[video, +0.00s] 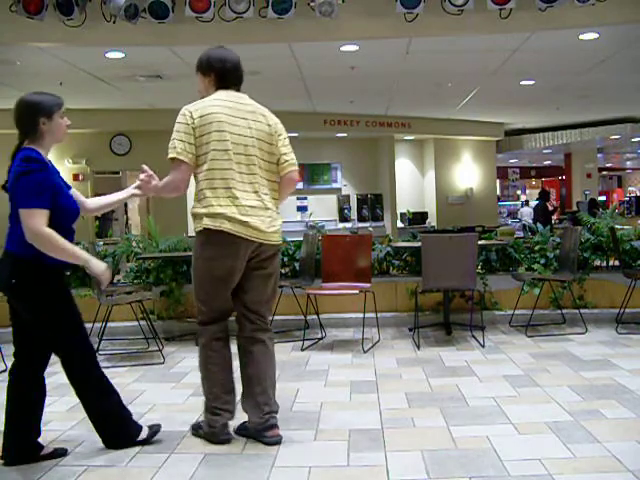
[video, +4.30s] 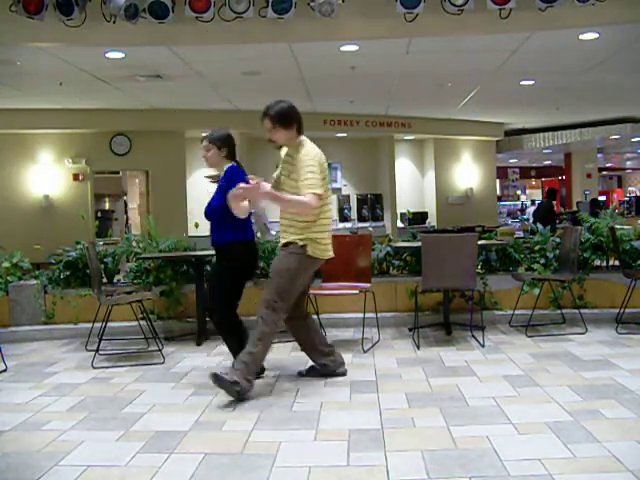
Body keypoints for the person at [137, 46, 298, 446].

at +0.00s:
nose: (197, 85)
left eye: (199, 79)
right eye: (199, 78)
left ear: (209, 79)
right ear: (237, 79)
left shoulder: (195, 112)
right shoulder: (268, 117)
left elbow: (181, 179)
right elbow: (291, 177)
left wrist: (156, 188)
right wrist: (261, 203)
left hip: (219, 230)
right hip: (267, 233)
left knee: (212, 326)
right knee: (257, 327)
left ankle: (217, 422)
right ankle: (263, 422)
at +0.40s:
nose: (213, 72)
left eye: (214, 65)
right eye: (215, 65)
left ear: (222, 66)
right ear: (258, 67)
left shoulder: (203, 107)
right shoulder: (289, 109)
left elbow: (189, 190)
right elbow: (310, 180)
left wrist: (204, 175)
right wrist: (287, 201)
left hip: (234, 231)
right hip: (281, 235)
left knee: (236, 335)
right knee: (266, 333)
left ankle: (279, 456)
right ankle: (261, 418)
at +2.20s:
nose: (211, 77)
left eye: (211, 72)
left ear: (213, 74)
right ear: (249, 71)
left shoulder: (206, 113)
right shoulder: (280, 113)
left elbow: (165, 183)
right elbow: (301, 181)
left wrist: (192, 204)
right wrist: (265, 170)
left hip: (226, 241)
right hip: (273, 246)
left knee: (215, 330)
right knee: (255, 331)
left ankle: (235, 422)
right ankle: (265, 422)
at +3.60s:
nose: (174, 130)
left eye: (173, 125)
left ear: (177, 124)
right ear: (202, 115)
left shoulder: (172, 153)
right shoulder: (233, 143)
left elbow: (155, 207)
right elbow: (264, 187)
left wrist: (141, 204)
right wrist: (270, 171)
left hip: (197, 246)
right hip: (238, 244)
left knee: (202, 315)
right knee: (260, 308)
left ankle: (200, 386)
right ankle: (304, 375)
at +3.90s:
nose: (203, 134)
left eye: (204, 128)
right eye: (201, 129)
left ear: (217, 123)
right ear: (229, 122)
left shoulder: (222, 153)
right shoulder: (260, 147)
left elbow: (204, 210)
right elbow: (279, 192)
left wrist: (168, 206)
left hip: (242, 252)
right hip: (275, 249)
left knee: (214, 311)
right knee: (274, 307)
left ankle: (204, 385)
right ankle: (321, 352)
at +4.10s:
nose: (238, 135)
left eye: (240, 129)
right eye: (236, 130)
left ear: (256, 124)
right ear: (260, 124)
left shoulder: (270, 153)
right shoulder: (282, 146)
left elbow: (258, 207)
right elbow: (264, 202)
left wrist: (212, 203)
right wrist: (219, 205)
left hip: (276, 248)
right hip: (296, 245)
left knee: (240, 308)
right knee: (288, 310)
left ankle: (215, 382)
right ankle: (329, 363)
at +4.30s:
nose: (269, 136)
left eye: (271, 130)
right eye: (267, 130)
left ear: (288, 126)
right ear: (285, 128)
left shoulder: (308, 155)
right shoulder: (290, 153)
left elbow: (311, 203)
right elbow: (278, 187)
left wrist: (267, 194)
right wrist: (257, 190)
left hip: (307, 242)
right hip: (295, 240)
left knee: (273, 305)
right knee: (292, 308)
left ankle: (241, 377)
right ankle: (328, 362)